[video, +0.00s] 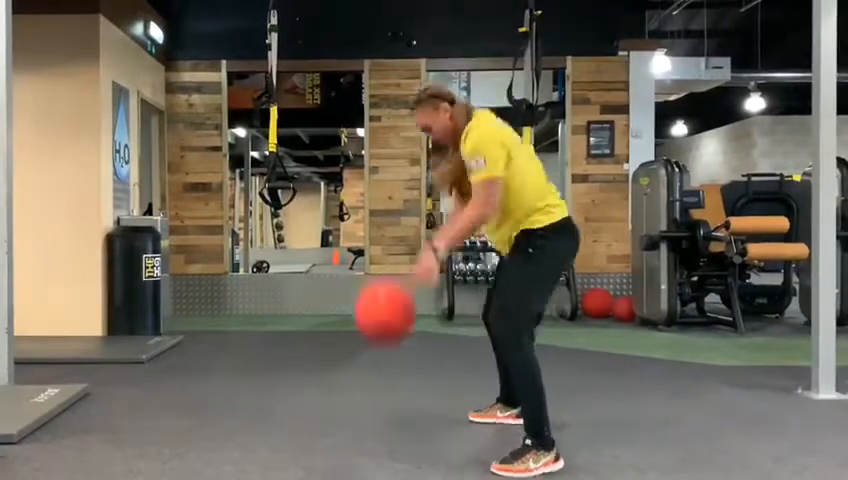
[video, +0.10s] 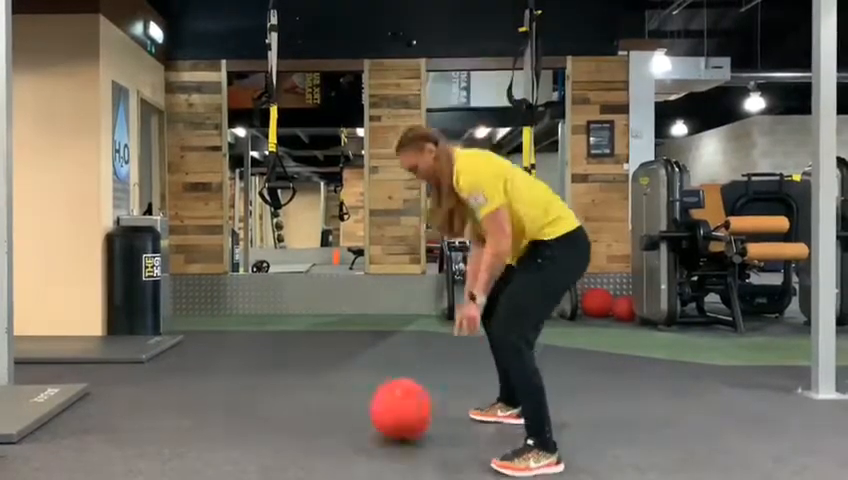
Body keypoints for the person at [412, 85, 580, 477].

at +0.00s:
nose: (430, 138)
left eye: (429, 128)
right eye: (426, 131)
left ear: (447, 111)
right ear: (446, 113)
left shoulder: (482, 134)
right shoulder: (470, 137)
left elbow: (485, 204)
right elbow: (468, 201)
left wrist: (438, 247)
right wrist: (440, 243)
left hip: (548, 235)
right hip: (528, 237)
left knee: (509, 324)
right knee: (495, 317)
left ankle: (541, 445)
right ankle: (512, 403)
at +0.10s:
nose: (416, 177)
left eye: (414, 168)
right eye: (411, 171)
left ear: (432, 150)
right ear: (428, 155)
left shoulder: (472, 171)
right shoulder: (456, 179)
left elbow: (501, 243)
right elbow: (479, 243)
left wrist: (477, 299)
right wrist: (471, 298)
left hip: (562, 244)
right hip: (535, 246)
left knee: (510, 331)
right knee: (494, 316)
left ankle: (543, 448)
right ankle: (511, 401)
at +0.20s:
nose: (411, 213)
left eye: (410, 204)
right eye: (406, 208)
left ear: (426, 184)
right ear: (424, 187)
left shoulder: (465, 201)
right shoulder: (451, 206)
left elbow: (489, 268)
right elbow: (472, 270)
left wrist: (475, 335)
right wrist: (463, 329)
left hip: (568, 251)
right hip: (545, 252)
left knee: (511, 335)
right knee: (498, 323)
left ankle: (546, 447)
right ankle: (513, 401)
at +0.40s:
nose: (408, 277)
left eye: (405, 270)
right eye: (402, 273)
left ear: (418, 251)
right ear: (418, 251)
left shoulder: (456, 257)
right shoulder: (445, 253)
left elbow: (462, 338)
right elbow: (456, 330)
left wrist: (449, 405)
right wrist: (443, 388)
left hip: (574, 258)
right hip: (554, 255)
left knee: (509, 333)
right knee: (493, 315)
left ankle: (544, 448)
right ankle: (512, 402)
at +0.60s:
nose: (398, 326)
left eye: (394, 319)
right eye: (392, 322)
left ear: (403, 301)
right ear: (404, 294)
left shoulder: (440, 301)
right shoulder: (429, 292)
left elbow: (455, 379)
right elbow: (447, 367)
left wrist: (449, 447)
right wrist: (442, 418)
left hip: (545, 233)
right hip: (524, 245)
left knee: (581, 336)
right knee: (537, 325)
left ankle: (689, 408)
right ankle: (612, 375)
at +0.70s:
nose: (375, 338)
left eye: (372, 331)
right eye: (370, 334)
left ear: (381, 314)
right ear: (381, 309)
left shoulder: (424, 310)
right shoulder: (409, 305)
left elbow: (449, 378)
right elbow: (439, 369)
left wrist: (448, 447)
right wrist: (442, 415)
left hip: (537, 267)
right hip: (521, 276)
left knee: (608, 345)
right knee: (581, 347)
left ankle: (741, 384)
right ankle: (673, 365)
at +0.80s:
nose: (366, 328)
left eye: (365, 319)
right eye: (361, 322)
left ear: (379, 303)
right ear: (377, 303)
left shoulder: (423, 307)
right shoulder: (410, 306)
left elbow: (447, 377)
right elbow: (442, 369)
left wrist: (449, 446)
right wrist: (441, 415)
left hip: (540, 319)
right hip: (531, 320)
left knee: (627, 376)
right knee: (622, 369)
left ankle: (747, 407)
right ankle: (707, 390)